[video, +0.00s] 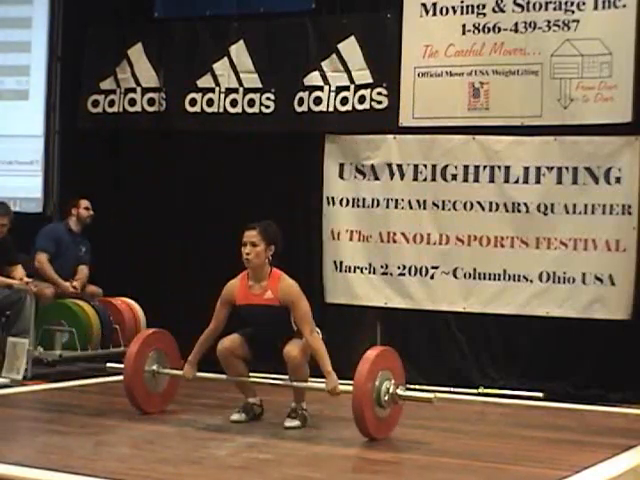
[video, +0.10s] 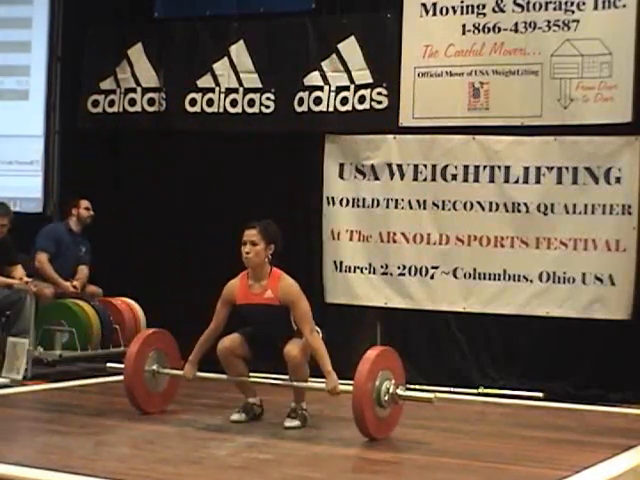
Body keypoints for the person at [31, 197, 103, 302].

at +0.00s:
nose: (91, 213)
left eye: (91, 209)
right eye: (86, 209)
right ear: (74, 211)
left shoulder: (83, 242)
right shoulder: (52, 231)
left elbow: (83, 268)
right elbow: (40, 262)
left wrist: (78, 283)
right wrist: (61, 284)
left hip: (69, 282)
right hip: (44, 280)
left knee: (95, 292)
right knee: (48, 292)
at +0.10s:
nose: (91, 213)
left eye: (91, 210)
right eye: (87, 209)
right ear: (74, 211)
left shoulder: (83, 242)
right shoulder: (52, 231)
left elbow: (83, 268)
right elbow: (40, 262)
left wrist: (78, 282)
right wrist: (62, 284)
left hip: (69, 283)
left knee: (95, 292)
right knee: (47, 292)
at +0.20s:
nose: (92, 213)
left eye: (92, 210)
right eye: (87, 209)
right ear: (74, 211)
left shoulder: (83, 242)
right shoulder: (52, 230)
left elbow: (83, 269)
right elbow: (41, 262)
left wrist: (78, 283)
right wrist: (61, 283)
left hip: (69, 282)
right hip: (44, 280)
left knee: (95, 292)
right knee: (47, 292)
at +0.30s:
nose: (92, 214)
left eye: (92, 210)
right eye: (87, 209)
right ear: (75, 211)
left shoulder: (83, 242)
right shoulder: (52, 230)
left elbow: (83, 269)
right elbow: (40, 261)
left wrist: (77, 283)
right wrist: (61, 283)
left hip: (69, 283)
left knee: (95, 292)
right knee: (47, 292)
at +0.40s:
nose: (92, 214)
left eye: (92, 210)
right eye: (87, 210)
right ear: (75, 211)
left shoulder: (83, 242)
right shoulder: (52, 230)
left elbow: (83, 269)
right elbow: (40, 261)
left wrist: (77, 282)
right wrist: (61, 283)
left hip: (69, 283)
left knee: (95, 292)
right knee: (47, 292)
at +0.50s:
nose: (92, 214)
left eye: (92, 210)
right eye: (87, 209)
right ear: (75, 211)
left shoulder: (83, 242)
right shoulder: (52, 231)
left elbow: (83, 269)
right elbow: (40, 261)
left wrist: (78, 282)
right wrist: (61, 282)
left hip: (69, 283)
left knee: (95, 292)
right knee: (47, 292)